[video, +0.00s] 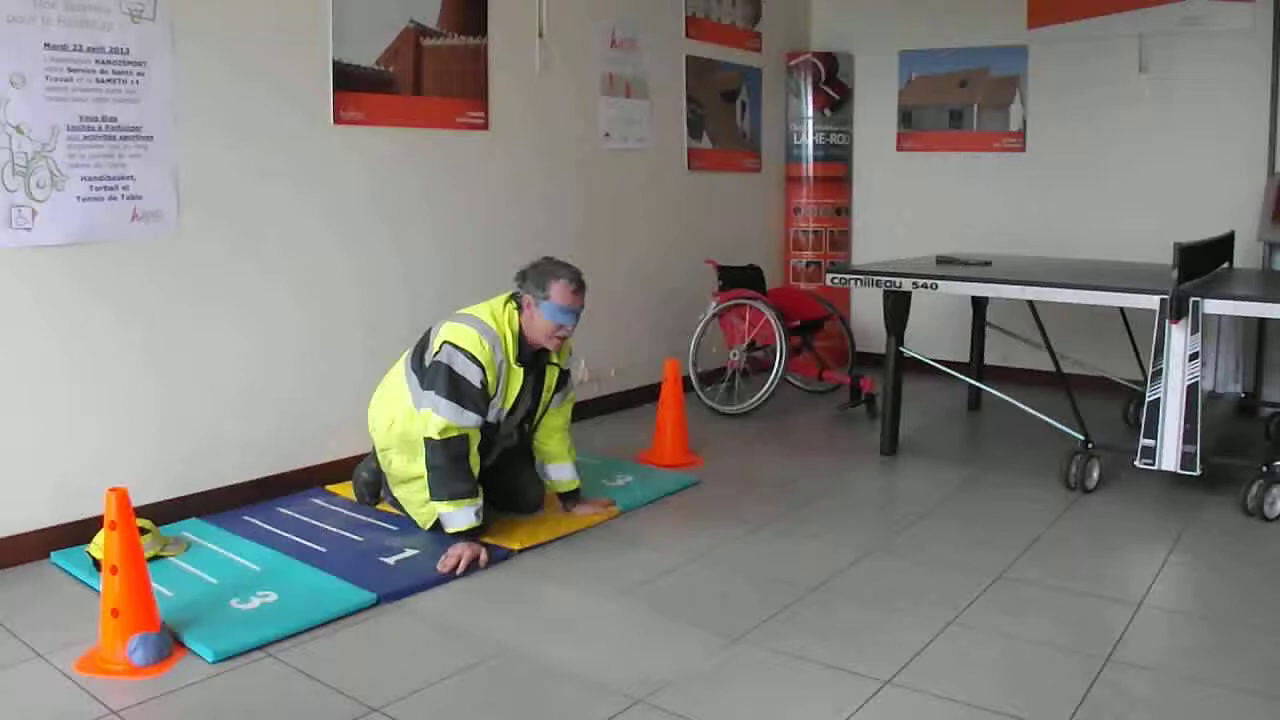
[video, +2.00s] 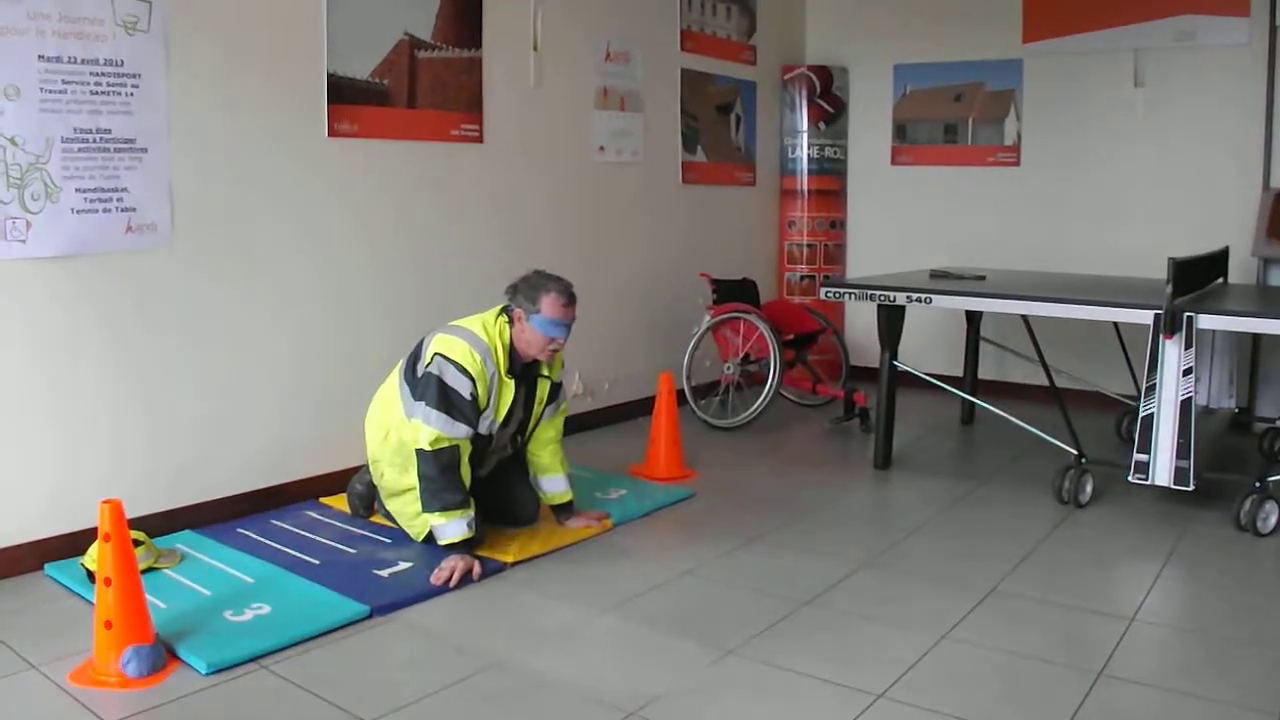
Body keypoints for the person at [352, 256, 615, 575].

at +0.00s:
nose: (568, 328)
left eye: (575, 318)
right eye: (560, 316)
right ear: (527, 305)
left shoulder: (556, 350)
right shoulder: (469, 343)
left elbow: (553, 423)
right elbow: (446, 438)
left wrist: (569, 497)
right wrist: (464, 536)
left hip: (484, 423)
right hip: (411, 430)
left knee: (526, 499)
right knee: (446, 522)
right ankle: (386, 470)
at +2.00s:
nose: (560, 340)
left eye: (566, 330)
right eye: (551, 328)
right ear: (518, 319)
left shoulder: (547, 360)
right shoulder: (460, 357)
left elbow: (545, 437)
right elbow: (437, 453)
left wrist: (565, 511)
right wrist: (458, 549)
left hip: (478, 439)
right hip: (405, 446)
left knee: (521, 511)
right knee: (441, 535)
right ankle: (381, 483)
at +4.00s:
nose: (574, 331)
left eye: (580, 321)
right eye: (566, 320)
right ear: (532, 309)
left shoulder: (559, 349)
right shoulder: (471, 346)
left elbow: (556, 425)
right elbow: (451, 442)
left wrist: (576, 500)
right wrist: (469, 538)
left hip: (492, 429)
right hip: (419, 438)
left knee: (536, 502)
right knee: (454, 525)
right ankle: (393, 476)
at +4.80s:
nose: (574, 331)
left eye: (581, 320)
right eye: (566, 318)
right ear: (533, 307)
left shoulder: (561, 351)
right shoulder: (473, 340)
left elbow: (557, 423)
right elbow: (456, 426)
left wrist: (576, 494)